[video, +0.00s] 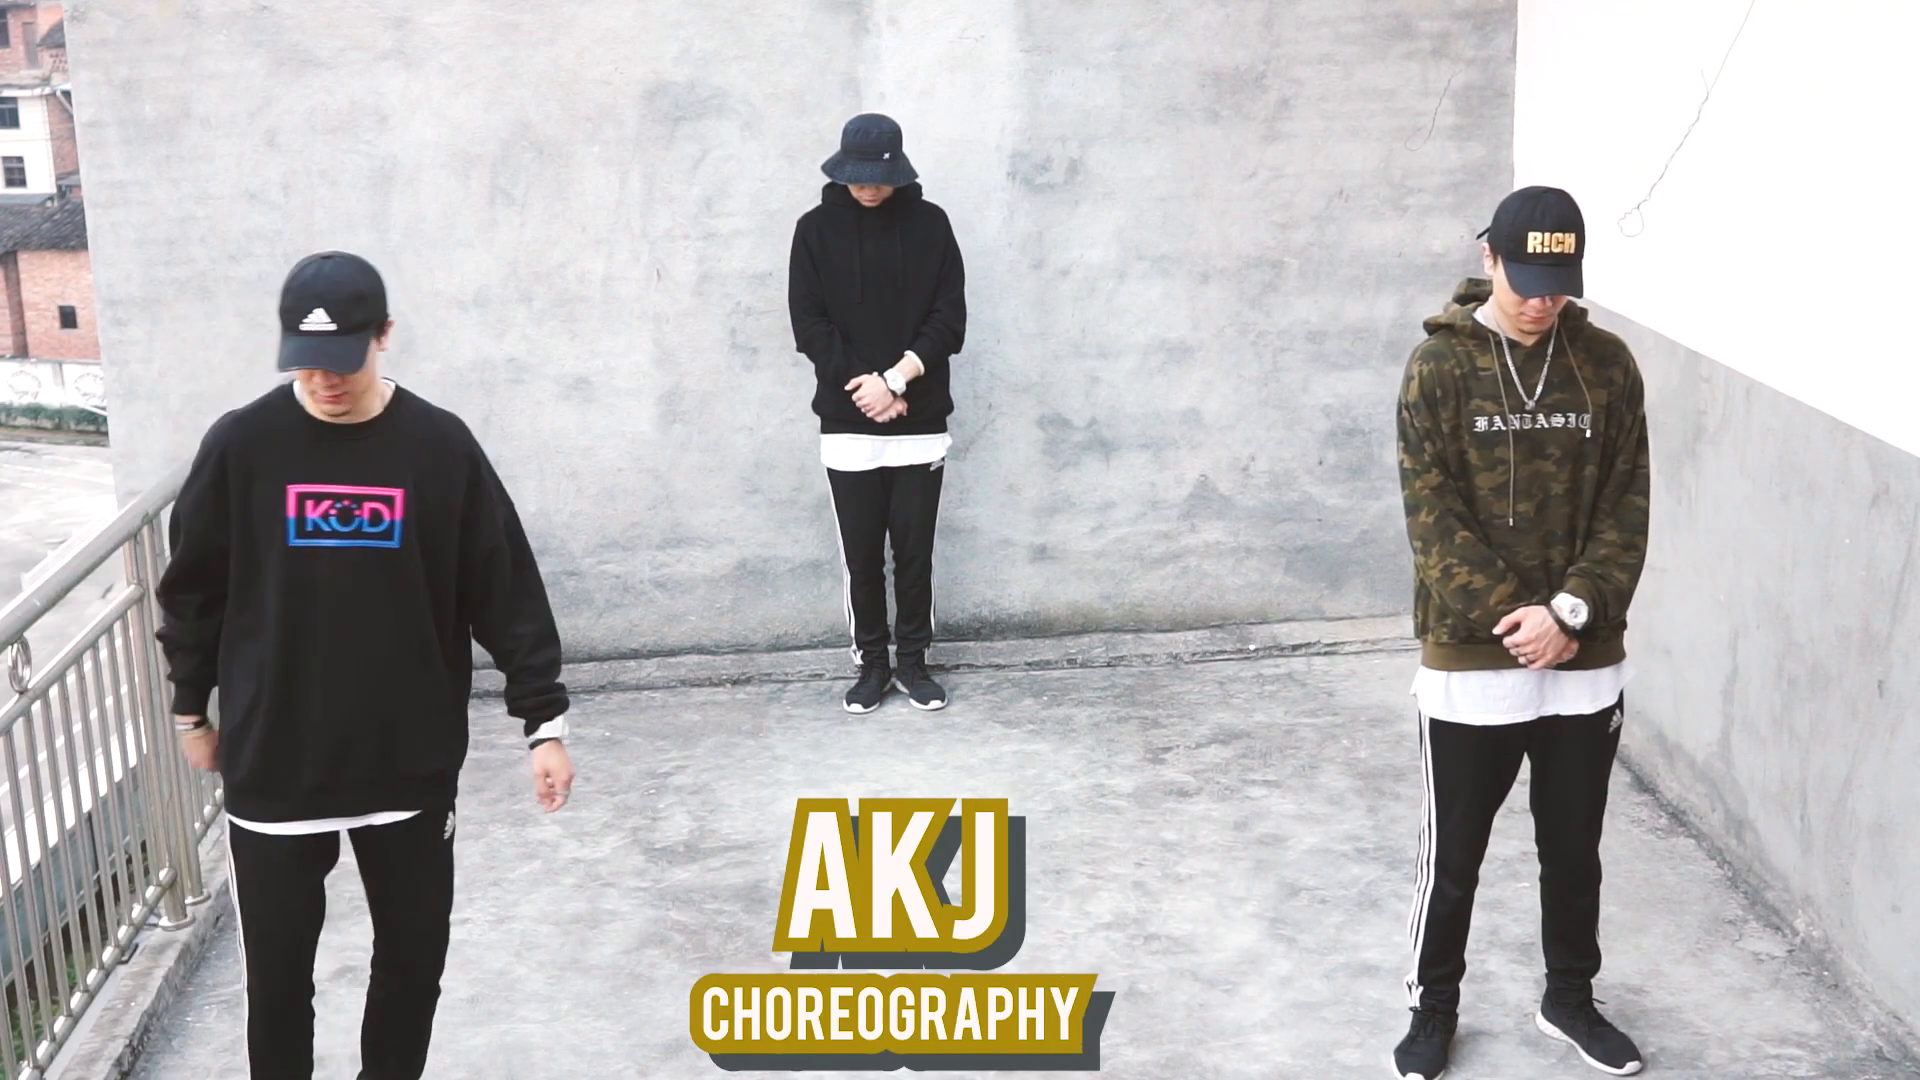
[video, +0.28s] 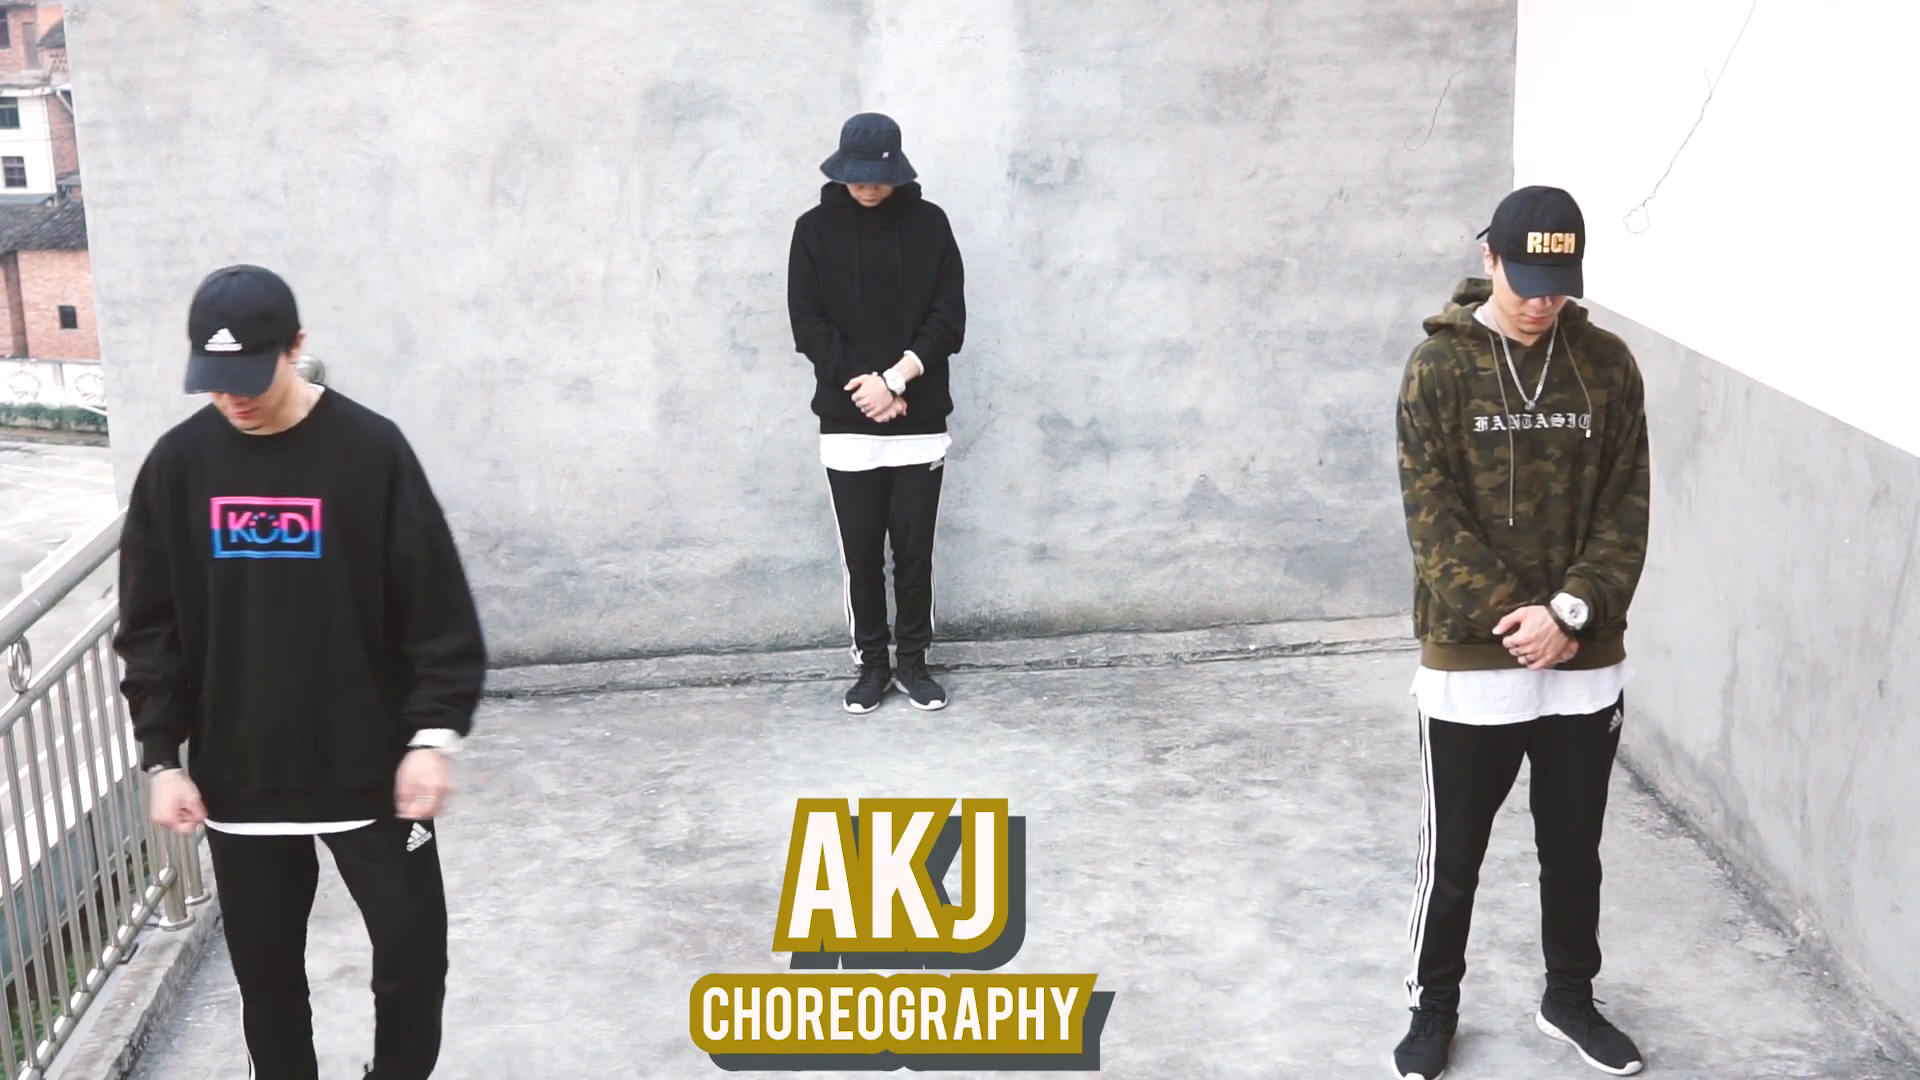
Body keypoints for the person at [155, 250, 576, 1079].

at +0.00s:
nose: (324, 377)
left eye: (343, 358)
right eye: (307, 360)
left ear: (384, 339)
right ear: (286, 347)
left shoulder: (443, 446)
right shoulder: (237, 447)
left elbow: (506, 589)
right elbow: (193, 583)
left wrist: (544, 726)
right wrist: (192, 710)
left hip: (407, 762)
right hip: (275, 763)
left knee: (413, 971)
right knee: (277, 981)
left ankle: (386, 1076)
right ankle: (280, 1077)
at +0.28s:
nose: (235, 402)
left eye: (251, 381)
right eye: (219, 383)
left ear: (295, 349)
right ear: (199, 362)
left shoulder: (372, 450)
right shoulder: (176, 464)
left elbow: (438, 606)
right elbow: (148, 622)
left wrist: (432, 738)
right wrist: (163, 760)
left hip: (368, 769)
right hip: (242, 775)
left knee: (416, 957)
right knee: (268, 985)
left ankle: (397, 1074)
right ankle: (286, 1078)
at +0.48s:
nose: (213, 401)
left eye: (229, 379)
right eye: (197, 383)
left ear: (270, 345)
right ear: (176, 361)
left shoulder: (349, 443)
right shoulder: (156, 464)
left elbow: (381, 615)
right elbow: (152, 637)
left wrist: (299, 726)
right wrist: (225, 754)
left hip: (365, 765)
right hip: (234, 786)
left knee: (426, 989)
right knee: (266, 1002)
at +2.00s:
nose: (248, 377)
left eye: (266, 357)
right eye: (232, 360)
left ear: (310, 334)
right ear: (213, 346)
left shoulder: (381, 437)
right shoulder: (178, 447)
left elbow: (405, 605)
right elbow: (174, 612)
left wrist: (316, 704)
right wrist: (265, 722)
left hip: (370, 766)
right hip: (248, 776)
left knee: (379, 988)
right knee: (282, 994)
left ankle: (389, 1079)